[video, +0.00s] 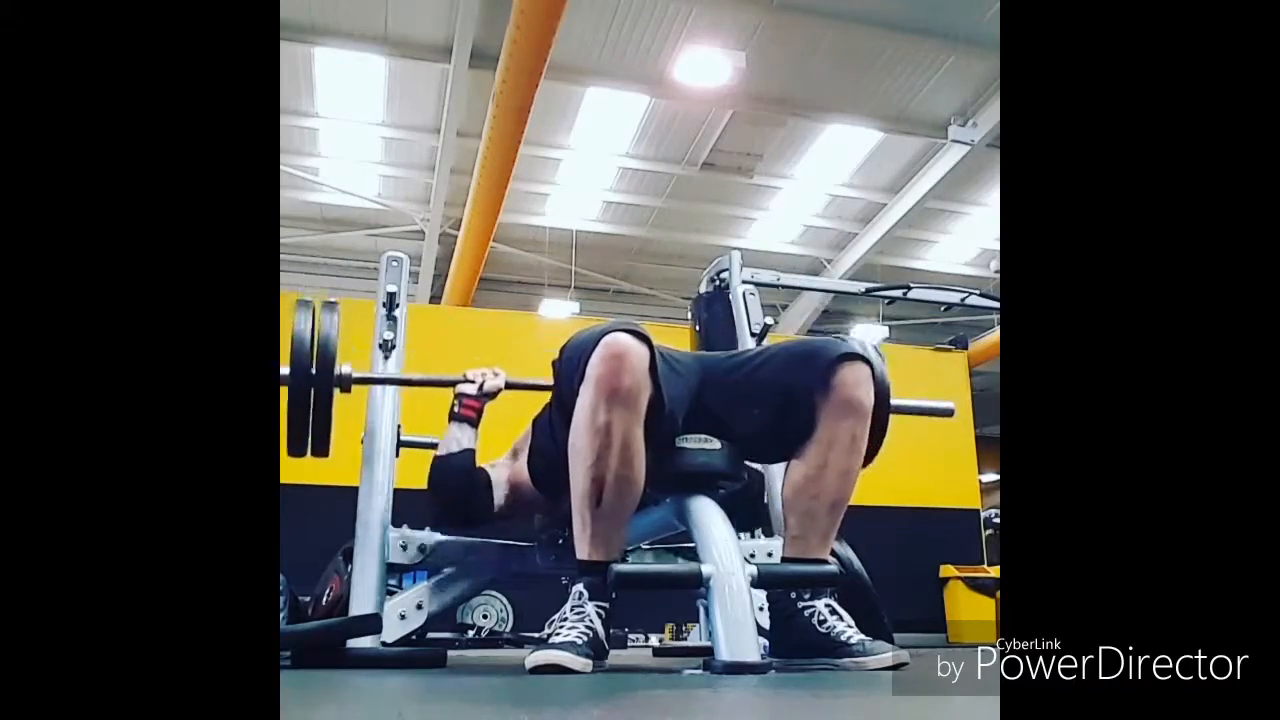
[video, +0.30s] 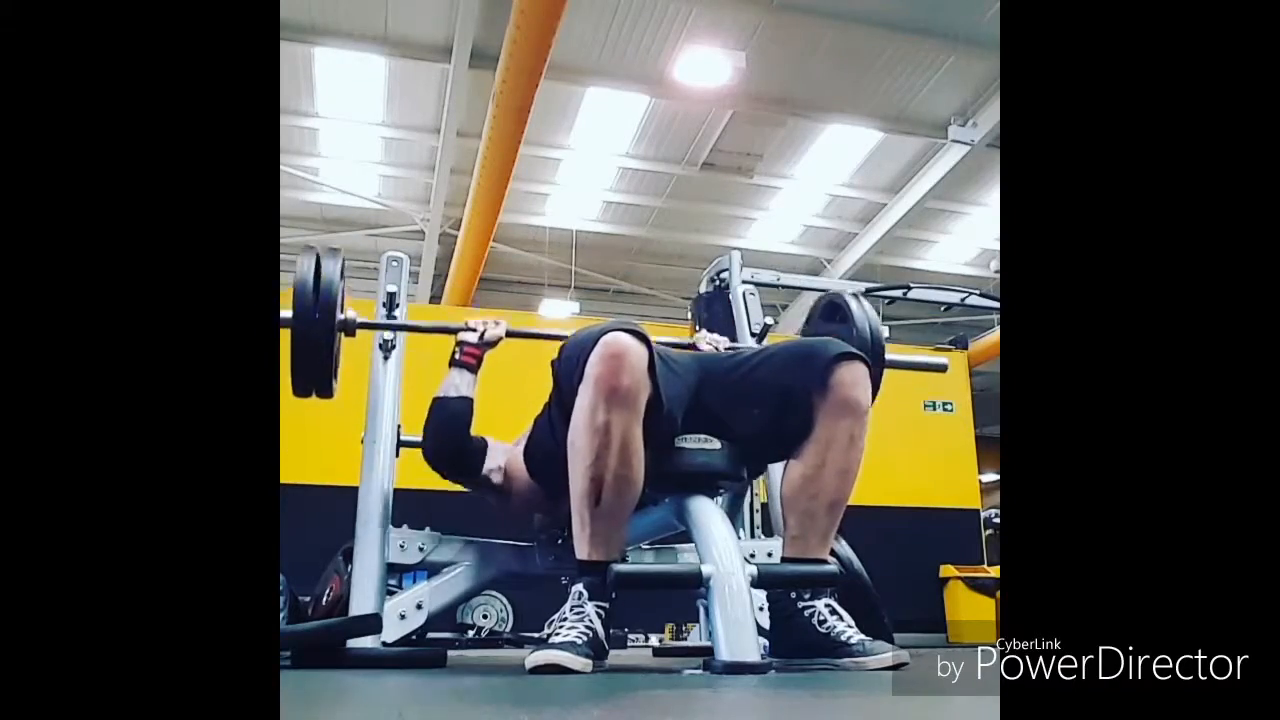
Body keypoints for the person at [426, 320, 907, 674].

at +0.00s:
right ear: (496, 498)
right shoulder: (524, 480)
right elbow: (452, 501)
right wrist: (468, 406)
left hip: (707, 376)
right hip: (630, 358)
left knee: (850, 375)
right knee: (618, 357)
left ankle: (800, 607)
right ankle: (587, 606)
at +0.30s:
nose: (495, 456)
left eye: (494, 467)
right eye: (496, 475)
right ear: (511, 482)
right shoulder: (527, 460)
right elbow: (442, 443)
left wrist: (714, 354)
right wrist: (468, 355)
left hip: (700, 377)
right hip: (631, 360)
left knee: (845, 374)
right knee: (617, 355)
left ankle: (801, 609)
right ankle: (587, 606)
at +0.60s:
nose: (497, 441)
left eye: (496, 442)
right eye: (494, 448)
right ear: (503, 471)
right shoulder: (523, 465)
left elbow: (722, 383)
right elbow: (466, 377)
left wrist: (711, 311)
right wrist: (468, 283)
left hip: (685, 382)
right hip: (613, 364)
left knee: (844, 375)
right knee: (618, 351)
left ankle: (798, 607)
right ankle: (586, 605)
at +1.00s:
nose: (491, 464)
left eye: (494, 464)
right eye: (490, 471)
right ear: (499, 475)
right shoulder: (517, 467)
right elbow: (440, 433)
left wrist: (717, 356)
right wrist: (465, 340)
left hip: (708, 389)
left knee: (846, 377)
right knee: (619, 355)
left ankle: (799, 609)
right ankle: (587, 606)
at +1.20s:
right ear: (494, 508)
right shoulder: (525, 490)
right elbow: (450, 498)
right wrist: (466, 407)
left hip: (701, 375)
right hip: (627, 361)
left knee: (850, 375)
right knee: (622, 356)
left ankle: (801, 606)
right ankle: (588, 606)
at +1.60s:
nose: (498, 470)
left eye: (497, 472)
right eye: (493, 476)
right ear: (498, 472)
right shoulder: (519, 460)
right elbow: (443, 428)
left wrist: (723, 348)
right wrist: (463, 339)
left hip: (704, 386)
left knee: (845, 378)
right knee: (621, 355)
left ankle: (798, 609)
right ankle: (587, 606)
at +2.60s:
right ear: (490, 505)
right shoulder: (519, 483)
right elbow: (448, 500)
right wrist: (466, 406)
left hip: (708, 376)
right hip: (630, 358)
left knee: (850, 375)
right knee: (618, 356)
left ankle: (801, 607)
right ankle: (587, 606)